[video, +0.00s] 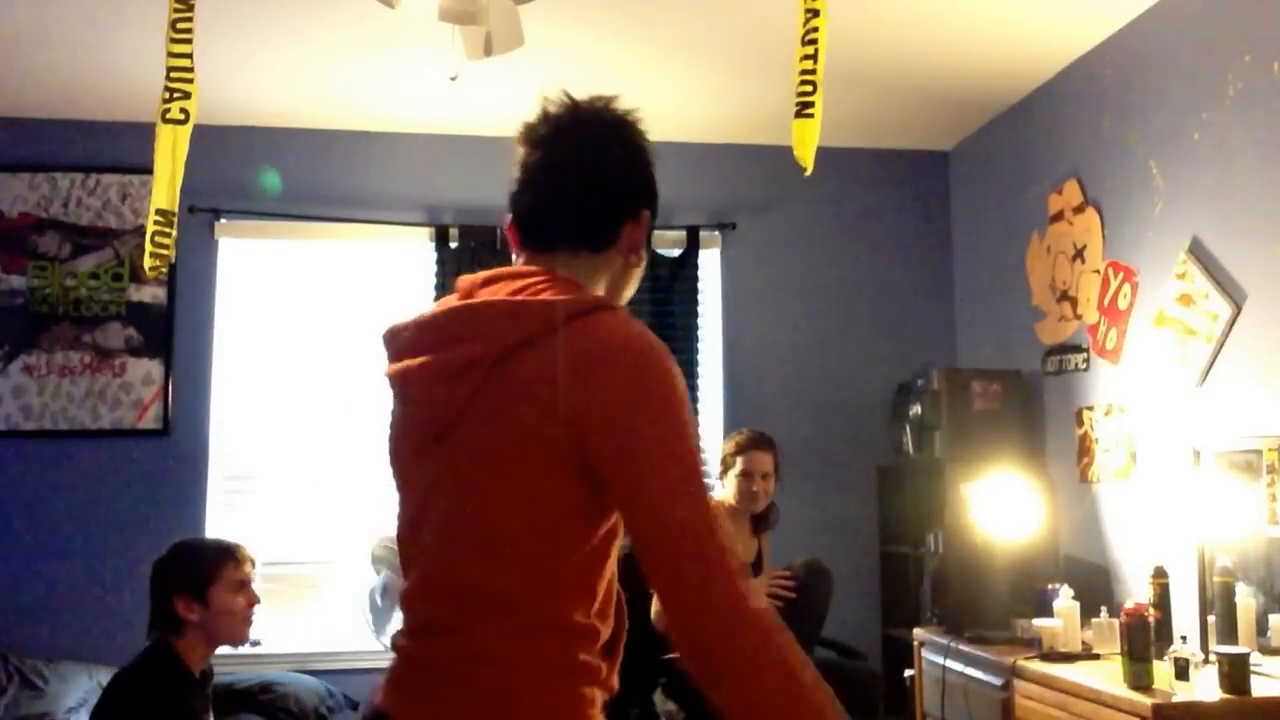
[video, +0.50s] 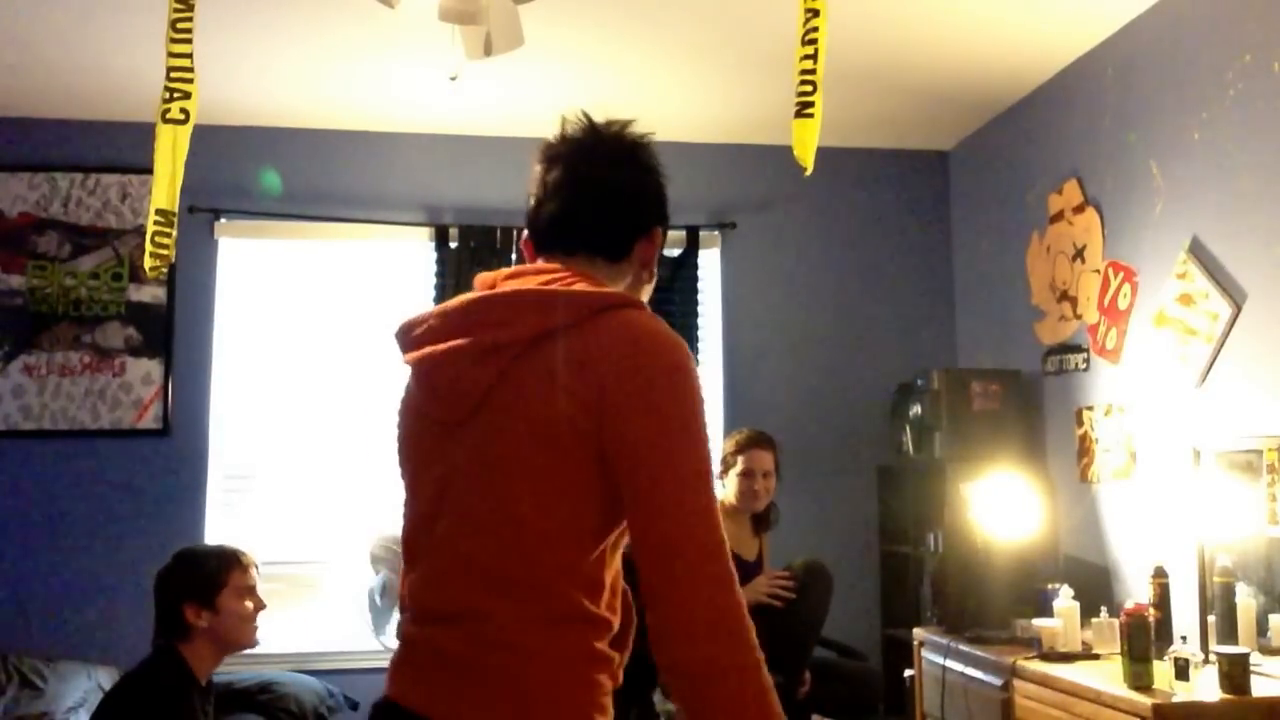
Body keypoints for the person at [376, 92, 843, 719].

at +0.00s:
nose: (644, 264)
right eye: (649, 244)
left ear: (511, 235)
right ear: (636, 235)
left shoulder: (433, 354)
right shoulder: (610, 351)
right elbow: (708, 611)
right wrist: (820, 709)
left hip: (416, 692)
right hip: (547, 698)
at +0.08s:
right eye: (647, 244)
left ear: (511, 235)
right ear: (637, 235)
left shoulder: (429, 354)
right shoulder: (618, 353)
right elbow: (691, 617)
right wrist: (770, 705)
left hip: (418, 693)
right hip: (559, 700)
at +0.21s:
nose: (630, 269)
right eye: (635, 249)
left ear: (496, 243)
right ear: (620, 244)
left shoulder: (417, 363)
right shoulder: (622, 369)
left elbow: (390, 583)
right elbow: (611, 591)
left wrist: (381, 710)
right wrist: (620, 705)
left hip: (455, 694)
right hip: (580, 700)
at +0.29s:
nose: (629, 268)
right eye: (635, 250)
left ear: (498, 245)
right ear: (622, 244)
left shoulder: (418, 369)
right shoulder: (625, 371)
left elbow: (388, 609)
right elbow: (598, 605)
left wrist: (355, 712)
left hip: (460, 696)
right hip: (584, 701)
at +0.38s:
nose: (647, 266)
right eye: (651, 248)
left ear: (513, 241)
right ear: (638, 241)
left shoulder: (429, 362)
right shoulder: (635, 356)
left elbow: (401, 575)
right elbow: (626, 588)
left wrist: (389, 707)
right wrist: (632, 708)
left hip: (438, 696)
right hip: (568, 695)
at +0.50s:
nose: (651, 286)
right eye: (658, 267)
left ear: (527, 246)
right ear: (649, 249)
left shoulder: (444, 349)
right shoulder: (636, 347)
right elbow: (692, 602)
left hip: (417, 690)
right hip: (557, 700)